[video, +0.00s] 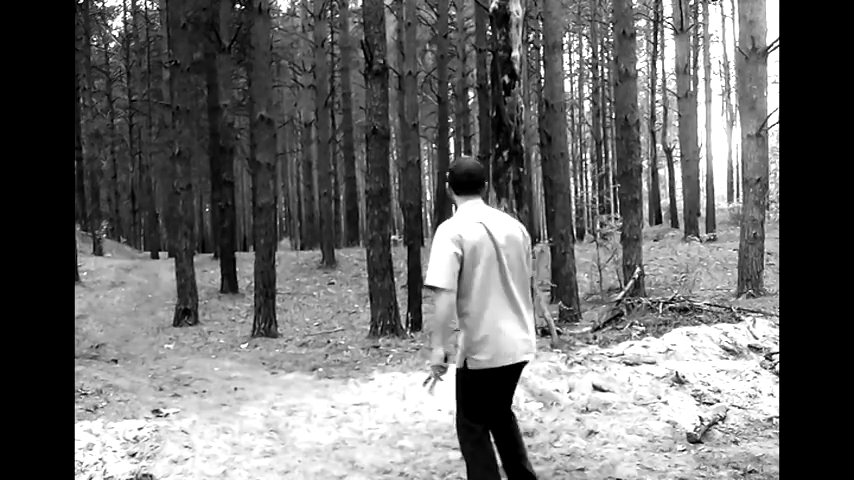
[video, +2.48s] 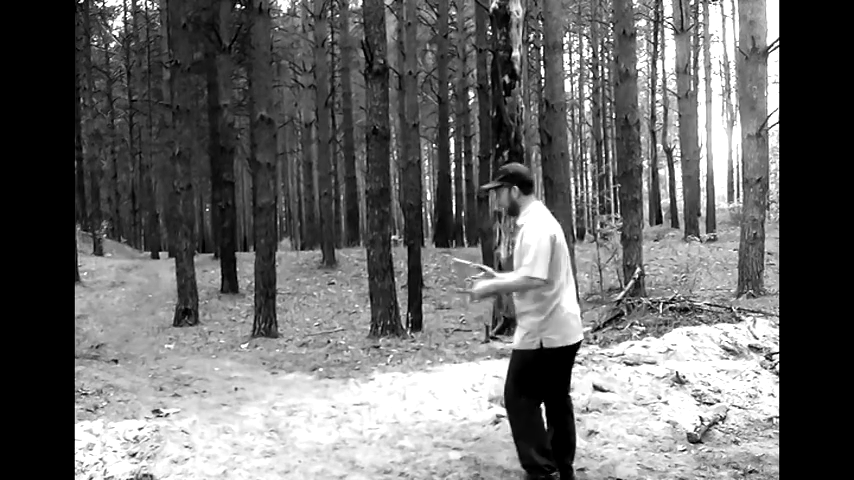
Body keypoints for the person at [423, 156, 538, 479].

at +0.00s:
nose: (446, 188)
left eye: (446, 183)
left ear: (449, 188)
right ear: (485, 187)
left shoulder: (452, 231)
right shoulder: (514, 226)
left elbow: (445, 296)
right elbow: (525, 283)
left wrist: (439, 348)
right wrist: (524, 327)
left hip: (481, 351)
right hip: (519, 344)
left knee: (470, 427)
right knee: (501, 413)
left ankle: (487, 478)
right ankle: (523, 475)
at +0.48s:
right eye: (521, 182)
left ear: (485, 188)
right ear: (522, 186)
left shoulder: (468, 236)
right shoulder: (544, 228)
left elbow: (456, 301)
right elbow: (570, 277)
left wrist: (460, 347)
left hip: (492, 359)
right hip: (540, 356)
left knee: (499, 437)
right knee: (542, 442)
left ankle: (495, 477)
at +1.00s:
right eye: (536, 192)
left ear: (496, 199)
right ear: (533, 197)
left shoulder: (485, 241)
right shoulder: (533, 239)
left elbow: (482, 300)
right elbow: (597, 251)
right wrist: (611, 202)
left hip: (495, 359)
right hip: (530, 363)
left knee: (506, 414)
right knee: (554, 439)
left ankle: (498, 472)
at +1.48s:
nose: (451, 246)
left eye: (451, 241)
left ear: (452, 242)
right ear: (479, 239)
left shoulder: (456, 262)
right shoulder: (492, 263)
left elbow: (447, 299)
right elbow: (493, 311)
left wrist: (437, 336)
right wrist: (469, 349)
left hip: (488, 339)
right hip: (524, 331)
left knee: (483, 405)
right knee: (531, 400)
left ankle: (478, 469)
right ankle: (530, 467)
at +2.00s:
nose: (451, 214)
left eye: (451, 210)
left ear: (452, 212)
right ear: (480, 208)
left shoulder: (456, 241)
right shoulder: (503, 235)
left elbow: (450, 282)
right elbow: (534, 273)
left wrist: (432, 319)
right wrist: (544, 313)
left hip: (497, 330)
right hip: (533, 320)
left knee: (491, 402)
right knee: (545, 389)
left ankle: (487, 469)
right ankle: (585, 449)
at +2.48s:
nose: (495, 201)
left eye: (497, 193)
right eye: (494, 194)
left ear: (514, 190)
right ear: (519, 191)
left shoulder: (536, 225)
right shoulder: (537, 220)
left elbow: (536, 278)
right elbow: (535, 275)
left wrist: (492, 286)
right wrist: (497, 276)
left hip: (542, 332)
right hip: (559, 330)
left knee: (518, 399)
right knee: (557, 401)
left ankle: (540, 470)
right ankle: (562, 468)